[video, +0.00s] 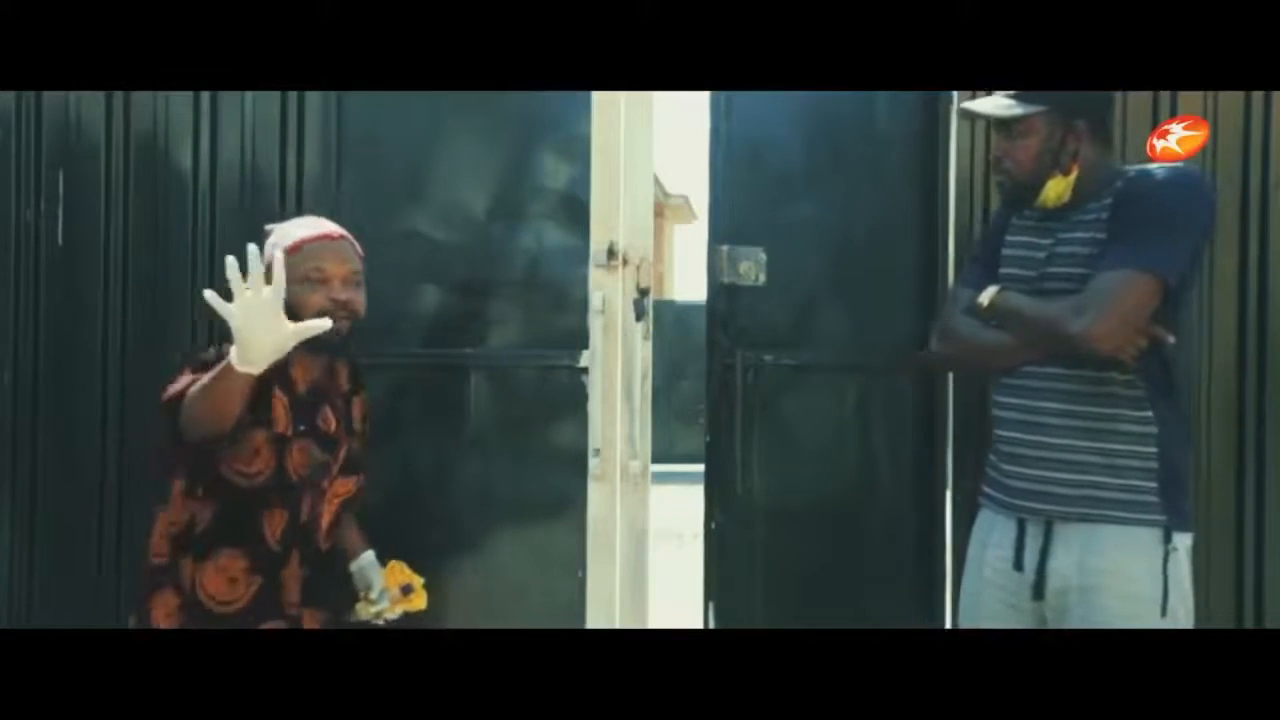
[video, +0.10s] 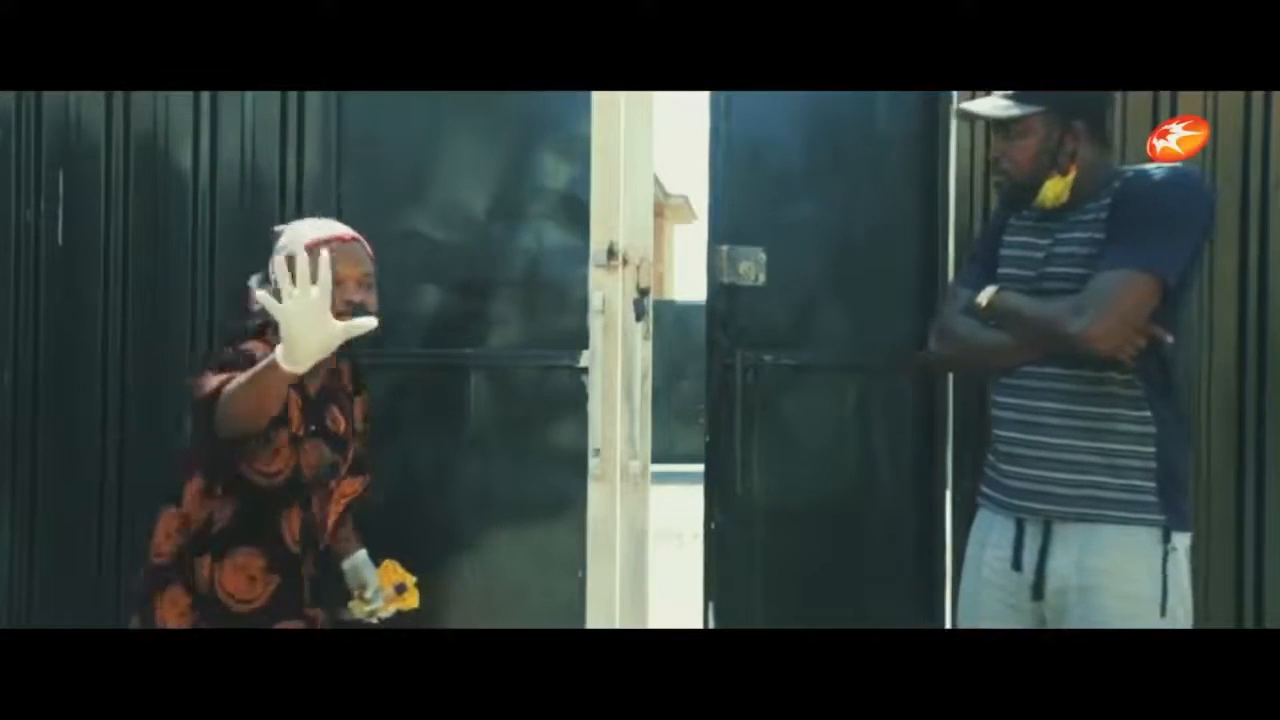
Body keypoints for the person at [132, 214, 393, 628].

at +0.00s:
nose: (340, 296)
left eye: (353, 281)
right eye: (315, 281)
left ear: (366, 292)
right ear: (273, 291)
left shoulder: (344, 382)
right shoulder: (223, 369)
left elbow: (336, 500)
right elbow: (196, 427)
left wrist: (369, 575)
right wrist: (246, 363)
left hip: (300, 603)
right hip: (206, 603)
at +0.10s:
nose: (356, 297)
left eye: (366, 284)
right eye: (338, 285)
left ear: (376, 290)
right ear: (294, 289)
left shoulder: (342, 378)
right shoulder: (242, 364)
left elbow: (333, 492)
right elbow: (228, 420)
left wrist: (360, 571)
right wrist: (289, 362)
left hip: (294, 590)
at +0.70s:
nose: (344, 300)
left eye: (361, 285)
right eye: (322, 284)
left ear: (377, 294)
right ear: (283, 294)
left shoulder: (363, 376)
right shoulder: (250, 354)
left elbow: (351, 498)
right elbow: (245, 430)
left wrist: (385, 580)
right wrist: (348, 369)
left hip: (312, 590)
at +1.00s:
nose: (385, 285)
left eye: (380, 271)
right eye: (364, 273)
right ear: (309, 286)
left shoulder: (356, 374)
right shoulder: (241, 366)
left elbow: (353, 499)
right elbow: (219, 490)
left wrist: (374, 572)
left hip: (318, 602)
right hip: (225, 603)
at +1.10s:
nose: (389, 285)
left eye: (383, 270)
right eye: (369, 272)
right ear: (316, 286)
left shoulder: (351, 373)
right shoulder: (242, 373)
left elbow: (338, 510)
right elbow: (228, 518)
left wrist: (369, 584)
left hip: (298, 606)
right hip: (220, 607)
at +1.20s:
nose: (389, 280)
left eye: (382, 267)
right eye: (368, 268)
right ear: (315, 283)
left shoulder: (345, 370)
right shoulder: (252, 372)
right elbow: (235, 525)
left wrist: (353, 602)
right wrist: (289, 615)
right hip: (227, 609)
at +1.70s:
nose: (391, 267)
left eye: (384, 255)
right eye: (370, 256)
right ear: (317, 274)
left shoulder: (351, 377)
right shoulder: (264, 373)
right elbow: (243, 535)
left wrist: (345, 612)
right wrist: (266, 620)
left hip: (311, 609)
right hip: (220, 613)